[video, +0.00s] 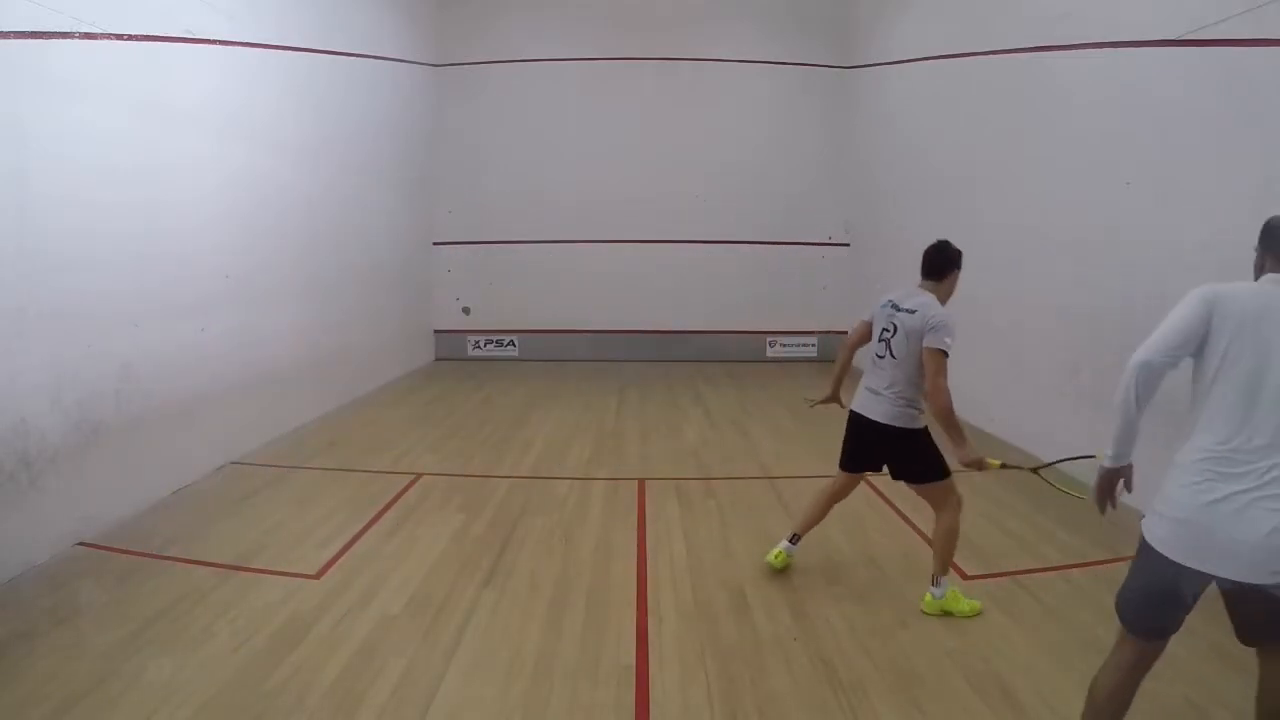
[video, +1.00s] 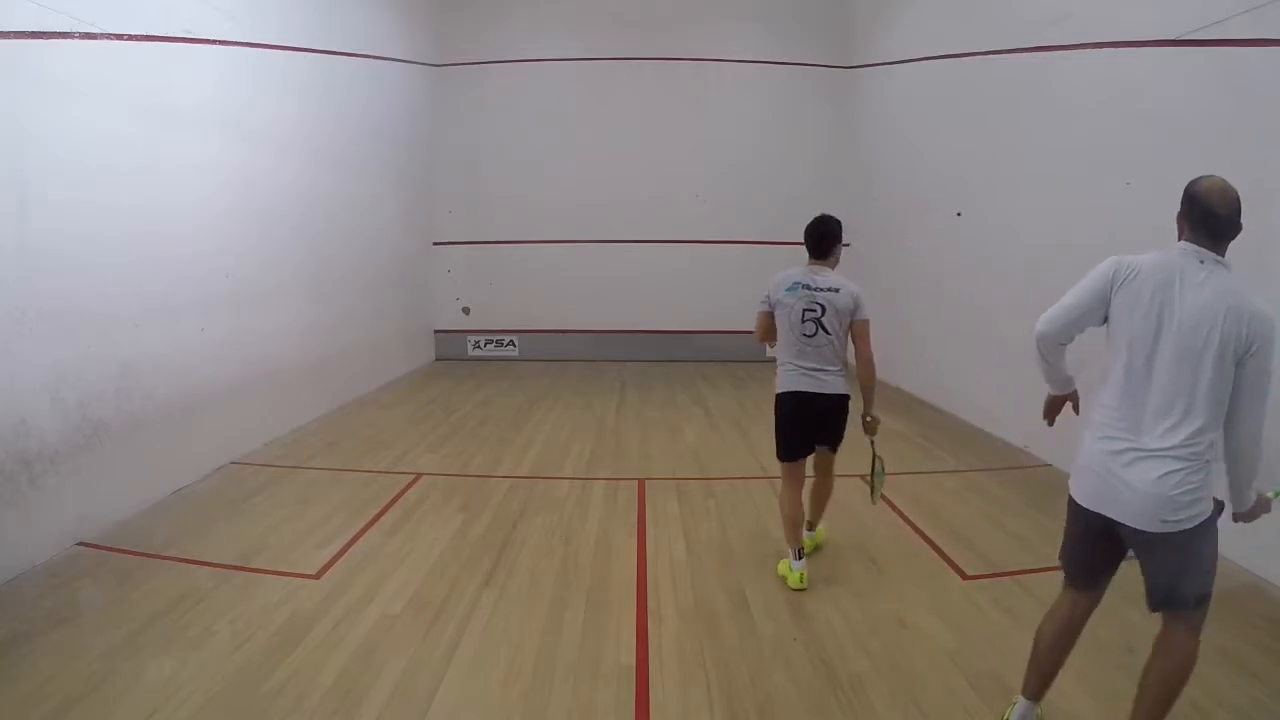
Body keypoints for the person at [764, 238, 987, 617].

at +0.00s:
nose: (956, 284)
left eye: (957, 278)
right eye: (957, 277)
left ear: (922, 271)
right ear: (950, 276)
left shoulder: (889, 302)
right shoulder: (937, 317)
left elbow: (850, 342)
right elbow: (935, 390)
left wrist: (834, 390)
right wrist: (963, 447)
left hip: (861, 419)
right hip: (902, 430)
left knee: (840, 485)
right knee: (948, 503)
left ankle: (785, 548)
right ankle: (939, 591)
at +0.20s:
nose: (997, 320)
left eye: (999, 312)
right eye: (997, 310)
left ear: (966, 300)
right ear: (983, 304)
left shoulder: (921, 319)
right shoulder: (971, 349)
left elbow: (867, 358)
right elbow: (988, 425)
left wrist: (845, 399)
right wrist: (1018, 476)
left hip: (872, 431)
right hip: (916, 443)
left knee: (840, 497)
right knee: (972, 507)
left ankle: (787, 557)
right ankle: (942, 590)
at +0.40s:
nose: (970, 290)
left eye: (969, 284)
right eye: (970, 284)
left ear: (934, 277)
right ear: (966, 284)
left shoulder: (899, 301)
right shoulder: (963, 332)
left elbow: (850, 330)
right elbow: (965, 408)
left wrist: (822, 380)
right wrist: (947, 445)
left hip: (863, 410)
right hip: (910, 424)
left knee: (832, 481)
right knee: (948, 501)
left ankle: (796, 552)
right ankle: (939, 590)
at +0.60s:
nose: (901, 269)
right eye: (908, 265)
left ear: (875, 266)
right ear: (909, 270)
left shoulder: (851, 298)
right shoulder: (921, 323)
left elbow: (816, 342)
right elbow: (922, 390)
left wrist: (790, 391)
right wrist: (905, 418)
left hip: (836, 419)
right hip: (886, 427)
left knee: (814, 485)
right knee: (920, 501)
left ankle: (798, 565)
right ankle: (936, 589)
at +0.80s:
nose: (855, 255)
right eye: (858, 249)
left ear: (826, 252)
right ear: (861, 254)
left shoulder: (804, 289)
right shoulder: (877, 301)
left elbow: (776, 346)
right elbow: (891, 368)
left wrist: (780, 382)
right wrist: (885, 416)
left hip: (807, 408)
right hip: (854, 410)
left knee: (795, 485)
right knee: (877, 489)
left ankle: (797, 565)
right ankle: (891, 568)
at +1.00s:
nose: (840, 250)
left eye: (837, 245)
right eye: (841, 246)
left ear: (804, 247)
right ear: (838, 249)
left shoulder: (780, 283)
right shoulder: (850, 292)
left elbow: (764, 336)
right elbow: (865, 359)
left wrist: (784, 335)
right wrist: (869, 408)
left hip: (791, 398)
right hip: (834, 399)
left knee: (792, 479)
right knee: (824, 468)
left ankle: (796, 566)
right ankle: (811, 530)